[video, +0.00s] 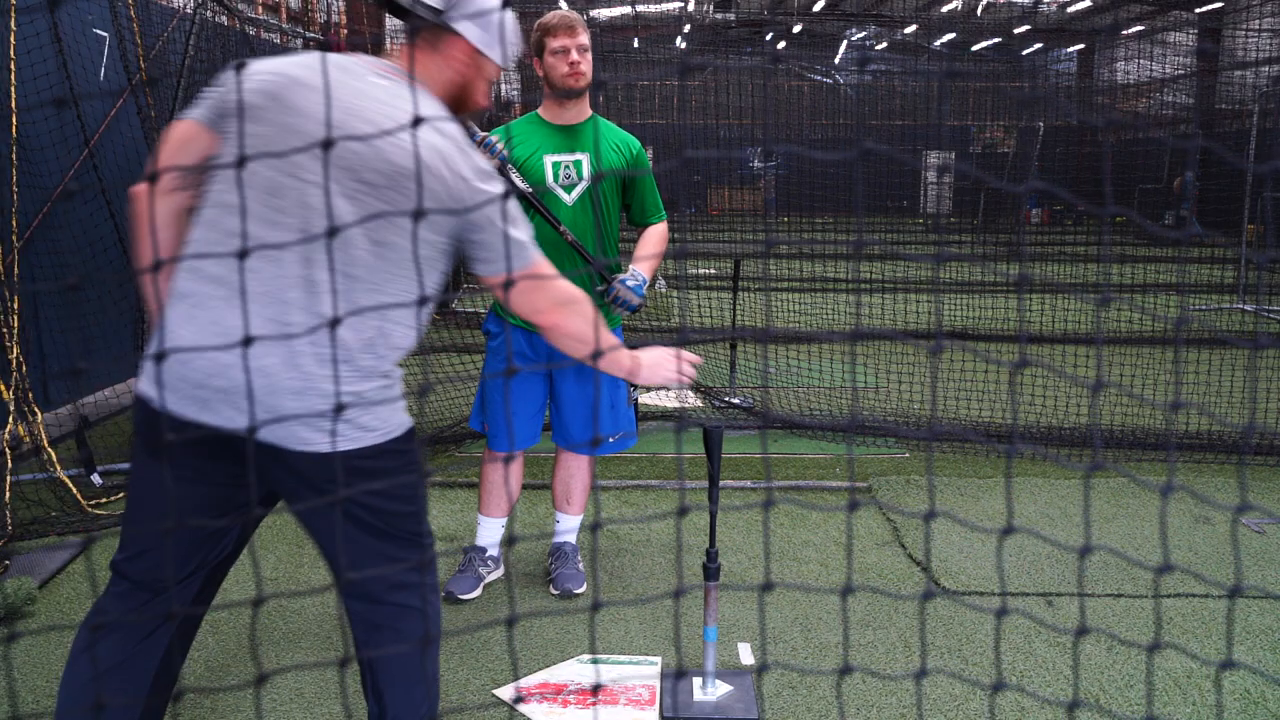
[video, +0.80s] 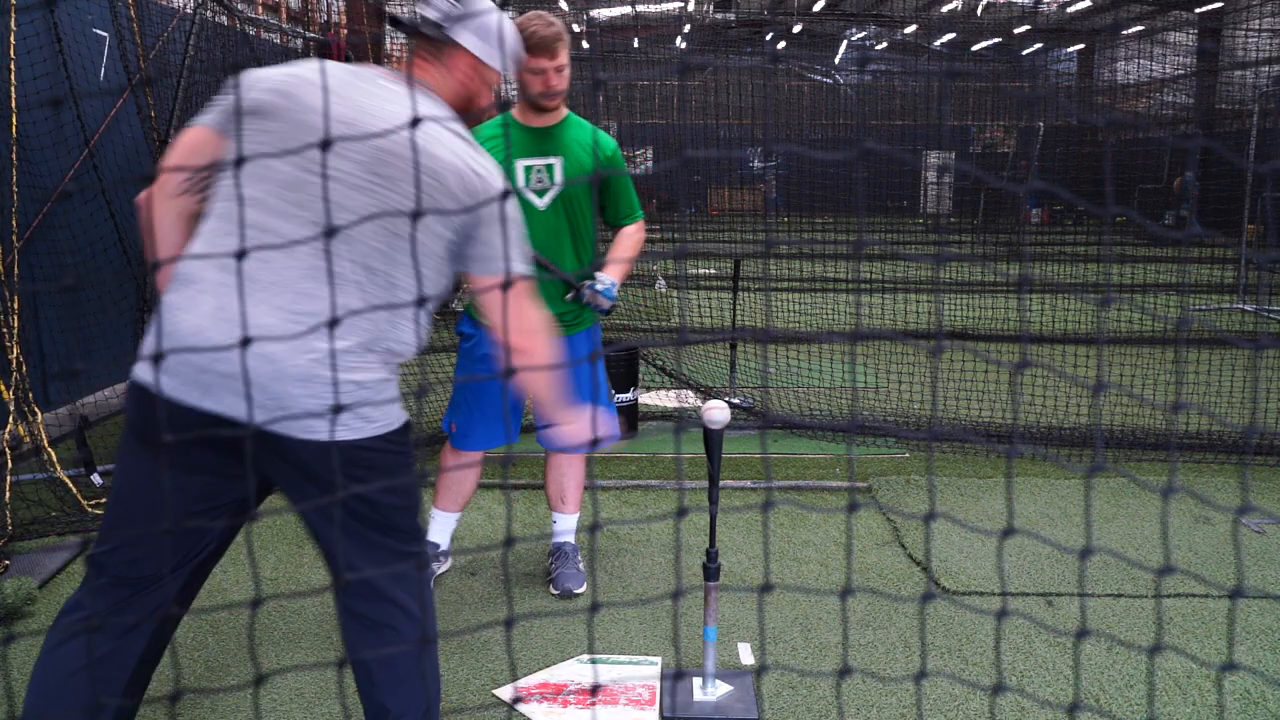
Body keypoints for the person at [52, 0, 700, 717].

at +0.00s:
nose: (500, 80)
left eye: (502, 63)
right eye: (497, 62)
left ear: (413, 35)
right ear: (466, 51)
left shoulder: (262, 78)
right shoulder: (463, 168)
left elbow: (159, 187)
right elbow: (540, 300)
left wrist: (169, 318)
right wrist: (628, 361)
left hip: (189, 395)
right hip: (339, 419)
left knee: (142, 603)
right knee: (396, 615)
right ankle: (403, 707)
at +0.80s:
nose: (494, 96)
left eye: (498, 82)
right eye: (493, 80)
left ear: (410, 51)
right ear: (468, 67)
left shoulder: (271, 85)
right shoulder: (474, 176)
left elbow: (169, 187)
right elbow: (512, 313)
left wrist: (184, 299)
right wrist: (559, 411)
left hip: (188, 379)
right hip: (335, 406)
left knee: (122, 593)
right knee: (387, 599)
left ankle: (56, 707)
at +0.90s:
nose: (431, 62)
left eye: (432, 43)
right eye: (428, 42)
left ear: (332, 24)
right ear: (403, 35)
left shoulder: (191, 86)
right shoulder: (421, 156)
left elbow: (115, 227)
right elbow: (437, 326)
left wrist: (177, 318)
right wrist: (428, 436)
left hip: (153, 414)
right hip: (308, 428)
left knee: (105, 618)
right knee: (379, 619)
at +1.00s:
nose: (383, 42)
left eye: (382, 27)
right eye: (375, 24)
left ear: (279, 16)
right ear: (347, 24)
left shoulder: (143, 91)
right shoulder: (375, 144)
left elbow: (80, 245)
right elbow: (382, 350)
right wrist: (360, 415)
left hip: (132, 430)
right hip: (289, 438)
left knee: (93, 635)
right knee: (370, 633)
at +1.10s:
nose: (286, 13)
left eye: (283, 0)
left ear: (163, 3)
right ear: (245, 6)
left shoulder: (36, 101)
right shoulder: (274, 134)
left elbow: (13, 270)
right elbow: (289, 334)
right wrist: (239, 418)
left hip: (53, 463)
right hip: (214, 462)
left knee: (48, 670)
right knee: (330, 661)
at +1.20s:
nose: (242, 6)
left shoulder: (11, 86)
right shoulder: (217, 126)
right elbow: (238, 350)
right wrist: (221, 437)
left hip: (29, 480)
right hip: (179, 476)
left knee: (27, 694)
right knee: (306, 672)